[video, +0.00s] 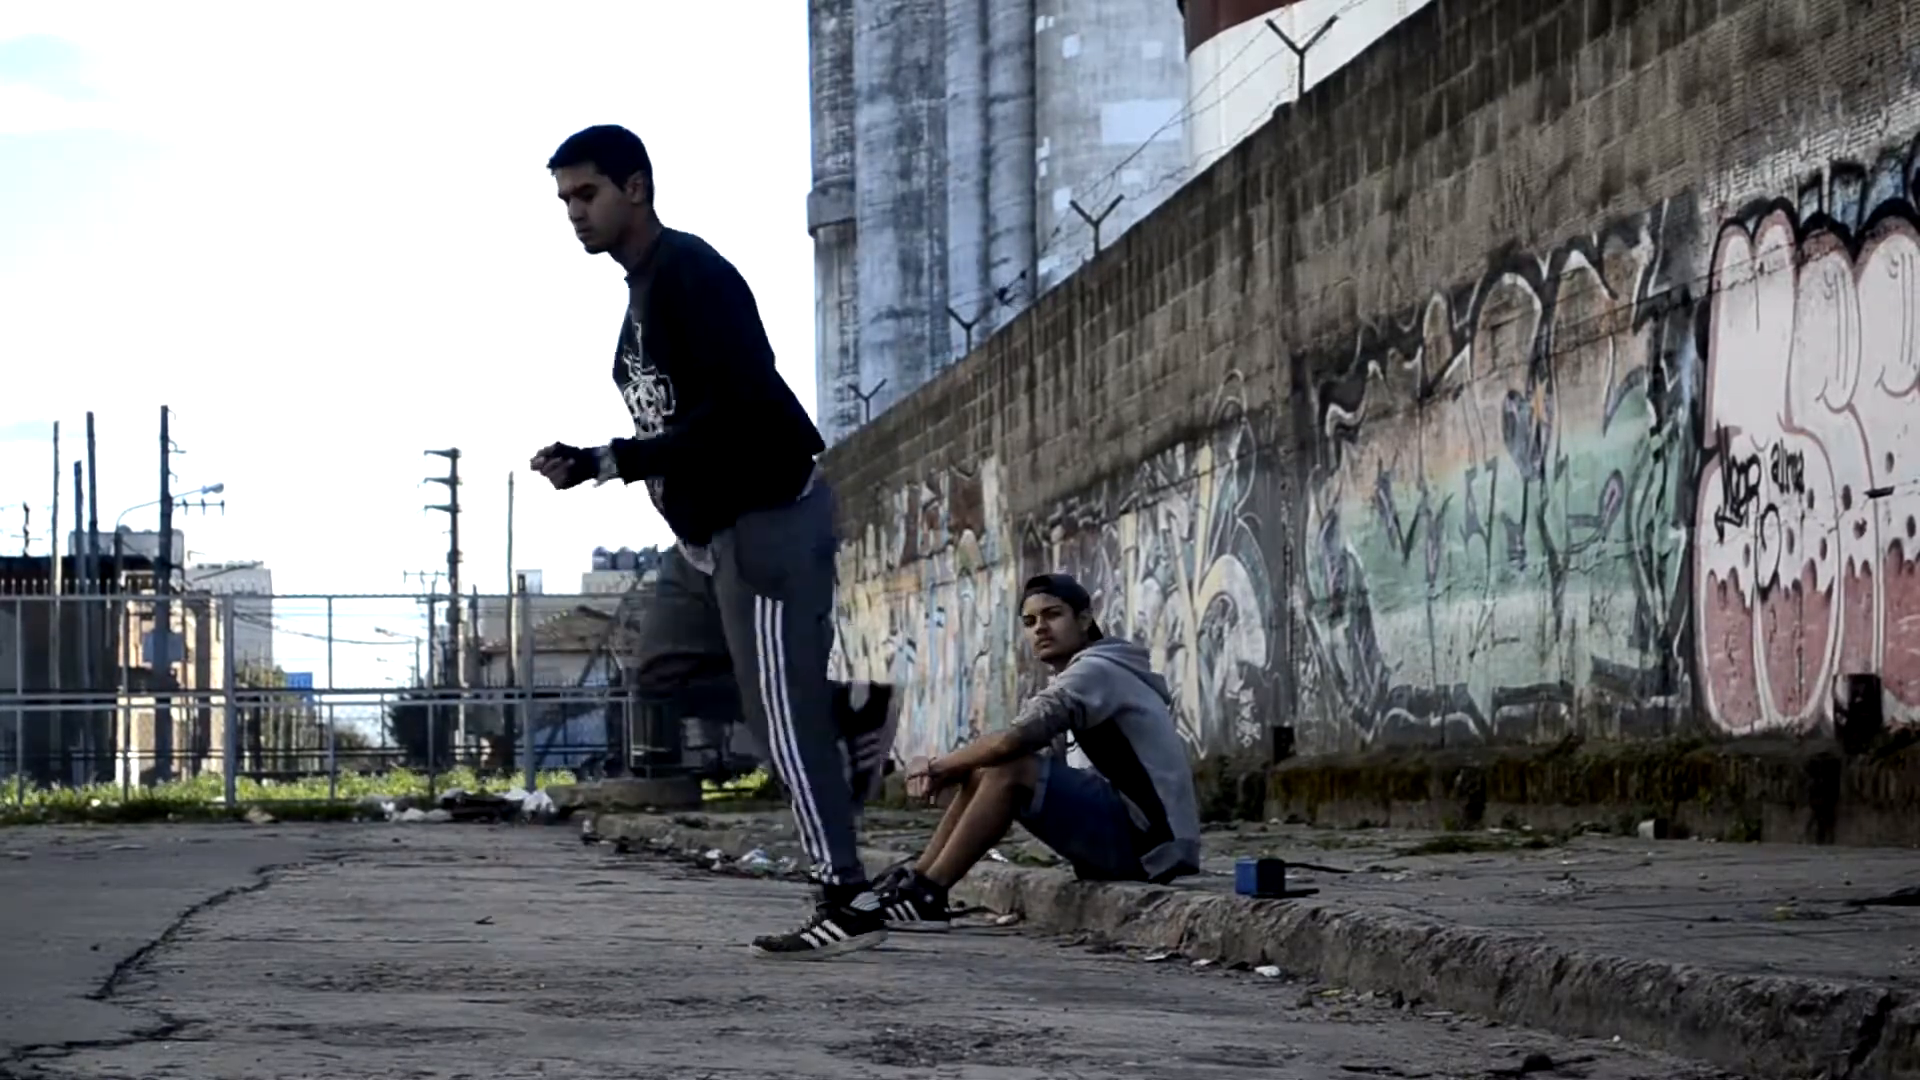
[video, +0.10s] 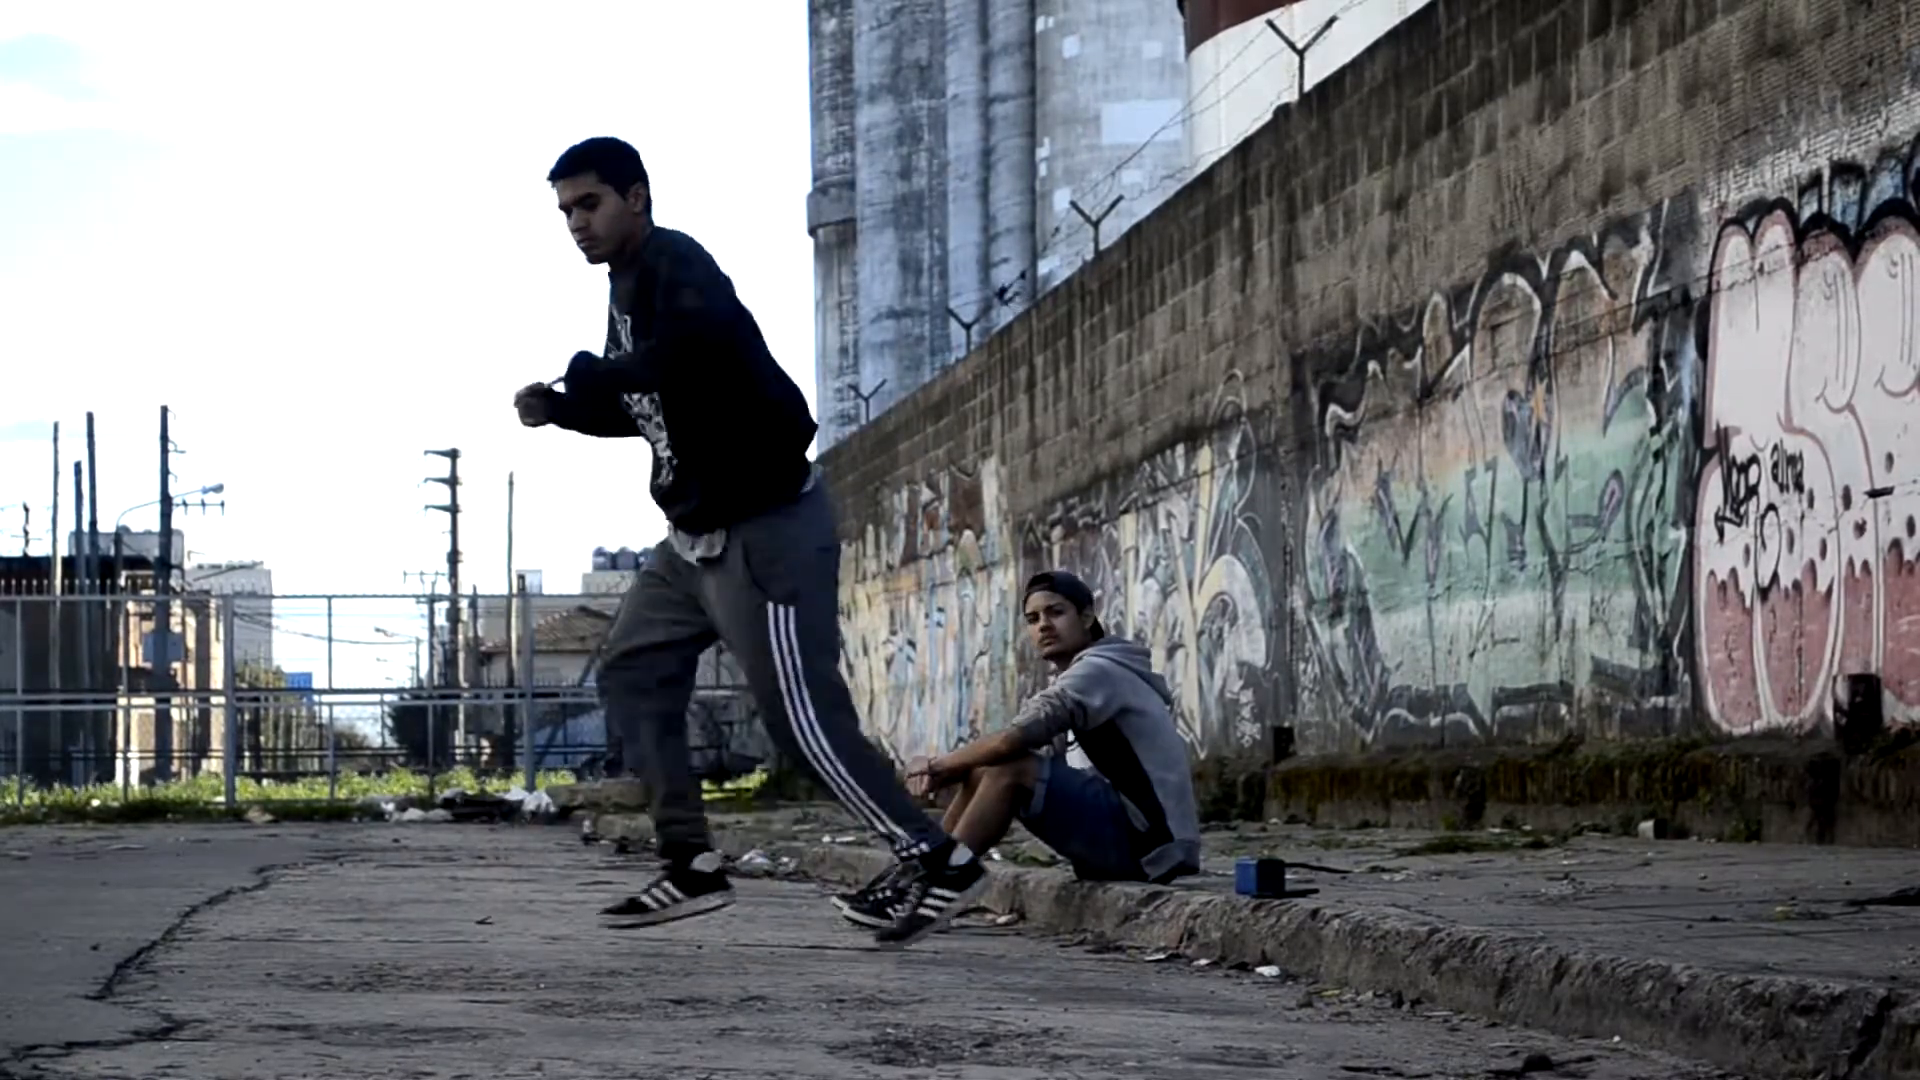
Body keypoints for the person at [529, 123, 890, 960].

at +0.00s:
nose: (572, 215)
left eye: (583, 196)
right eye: (565, 201)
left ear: (635, 186)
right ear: (581, 203)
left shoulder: (689, 275)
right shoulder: (647, 292)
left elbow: (723, 425)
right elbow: (690, 424)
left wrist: (603, 461)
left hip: (771, 518)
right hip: (722, 530)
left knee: (786, 710)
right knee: (658, 672)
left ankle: (846, 898)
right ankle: (849, 710)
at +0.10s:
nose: (576, 223)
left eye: (587, 205)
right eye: (566, 212)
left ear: (634, 196)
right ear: (570, 220)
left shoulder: (672, 262)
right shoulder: (626, 288)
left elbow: (699, 341)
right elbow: (643, 409)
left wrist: (594, 377)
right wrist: (563, 408)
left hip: (767, 525)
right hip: (697, 535)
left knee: (806, 718)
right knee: (633, 675)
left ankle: (937, 857)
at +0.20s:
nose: (594, 261)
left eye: (608, 246)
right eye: (585, 251)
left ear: (649, 240)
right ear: (586, 255)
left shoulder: (672, 296)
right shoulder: (619, 329)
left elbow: (610, 274)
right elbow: (577, 348)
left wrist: (556, 325)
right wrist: (544, 345)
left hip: (755, 575)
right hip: (674, 587)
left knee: (838, 740)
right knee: (590, 726)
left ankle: (990, 885)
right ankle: (646, 906)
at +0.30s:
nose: (603, 231)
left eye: (618, 215)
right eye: (590, 221)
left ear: (653, 221)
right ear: (582, 237)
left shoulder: (681, 292)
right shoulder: (624, 317)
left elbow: (625, 352)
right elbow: (597, 373)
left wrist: (576, 380)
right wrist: (573, 398)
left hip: (763, 551)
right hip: (684, 570)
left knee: (791, 734)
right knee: (630, 724)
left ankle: (943, 854)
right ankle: (647, 903)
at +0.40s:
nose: (613, 193)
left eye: (629, 175)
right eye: (600, 180)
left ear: (665, 180)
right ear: (591, 193)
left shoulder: (711, 268)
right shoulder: (621, 294)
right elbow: (638, 411)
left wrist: (655, 461)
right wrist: (615, 478)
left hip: (770, 500)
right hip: (709, 524)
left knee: (709, 677)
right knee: (688, 700)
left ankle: (873, 747)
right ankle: (737, 895)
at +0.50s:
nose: (634, 216)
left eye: (649, 199)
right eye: (620, 204)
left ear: (683, 205)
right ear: (609, 217)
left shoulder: (736, 292)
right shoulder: (637, 318)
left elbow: (811, 403)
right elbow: (680, 432)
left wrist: (745, 491)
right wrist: (648, 486)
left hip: (777, 515)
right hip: (725, 526)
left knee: (645, 625)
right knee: (734, 734)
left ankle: (811, 672)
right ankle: (832, 903)